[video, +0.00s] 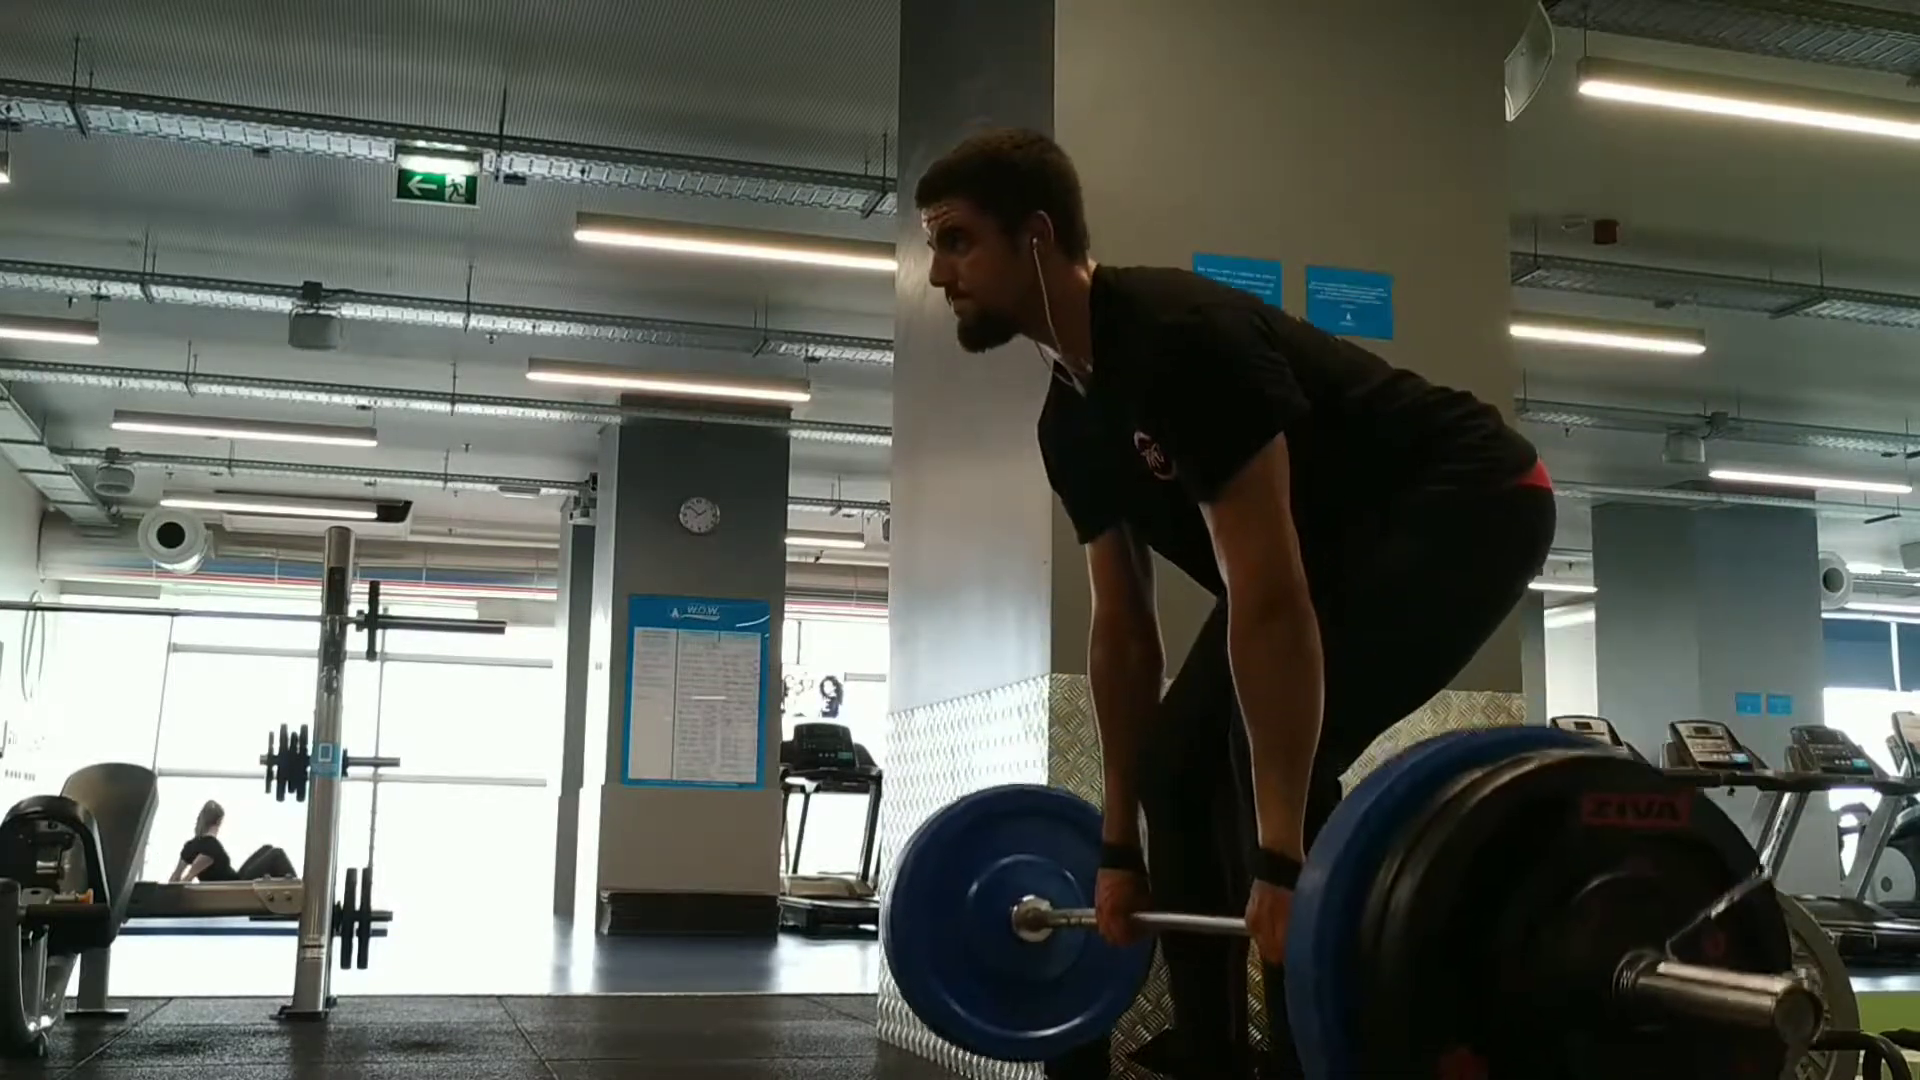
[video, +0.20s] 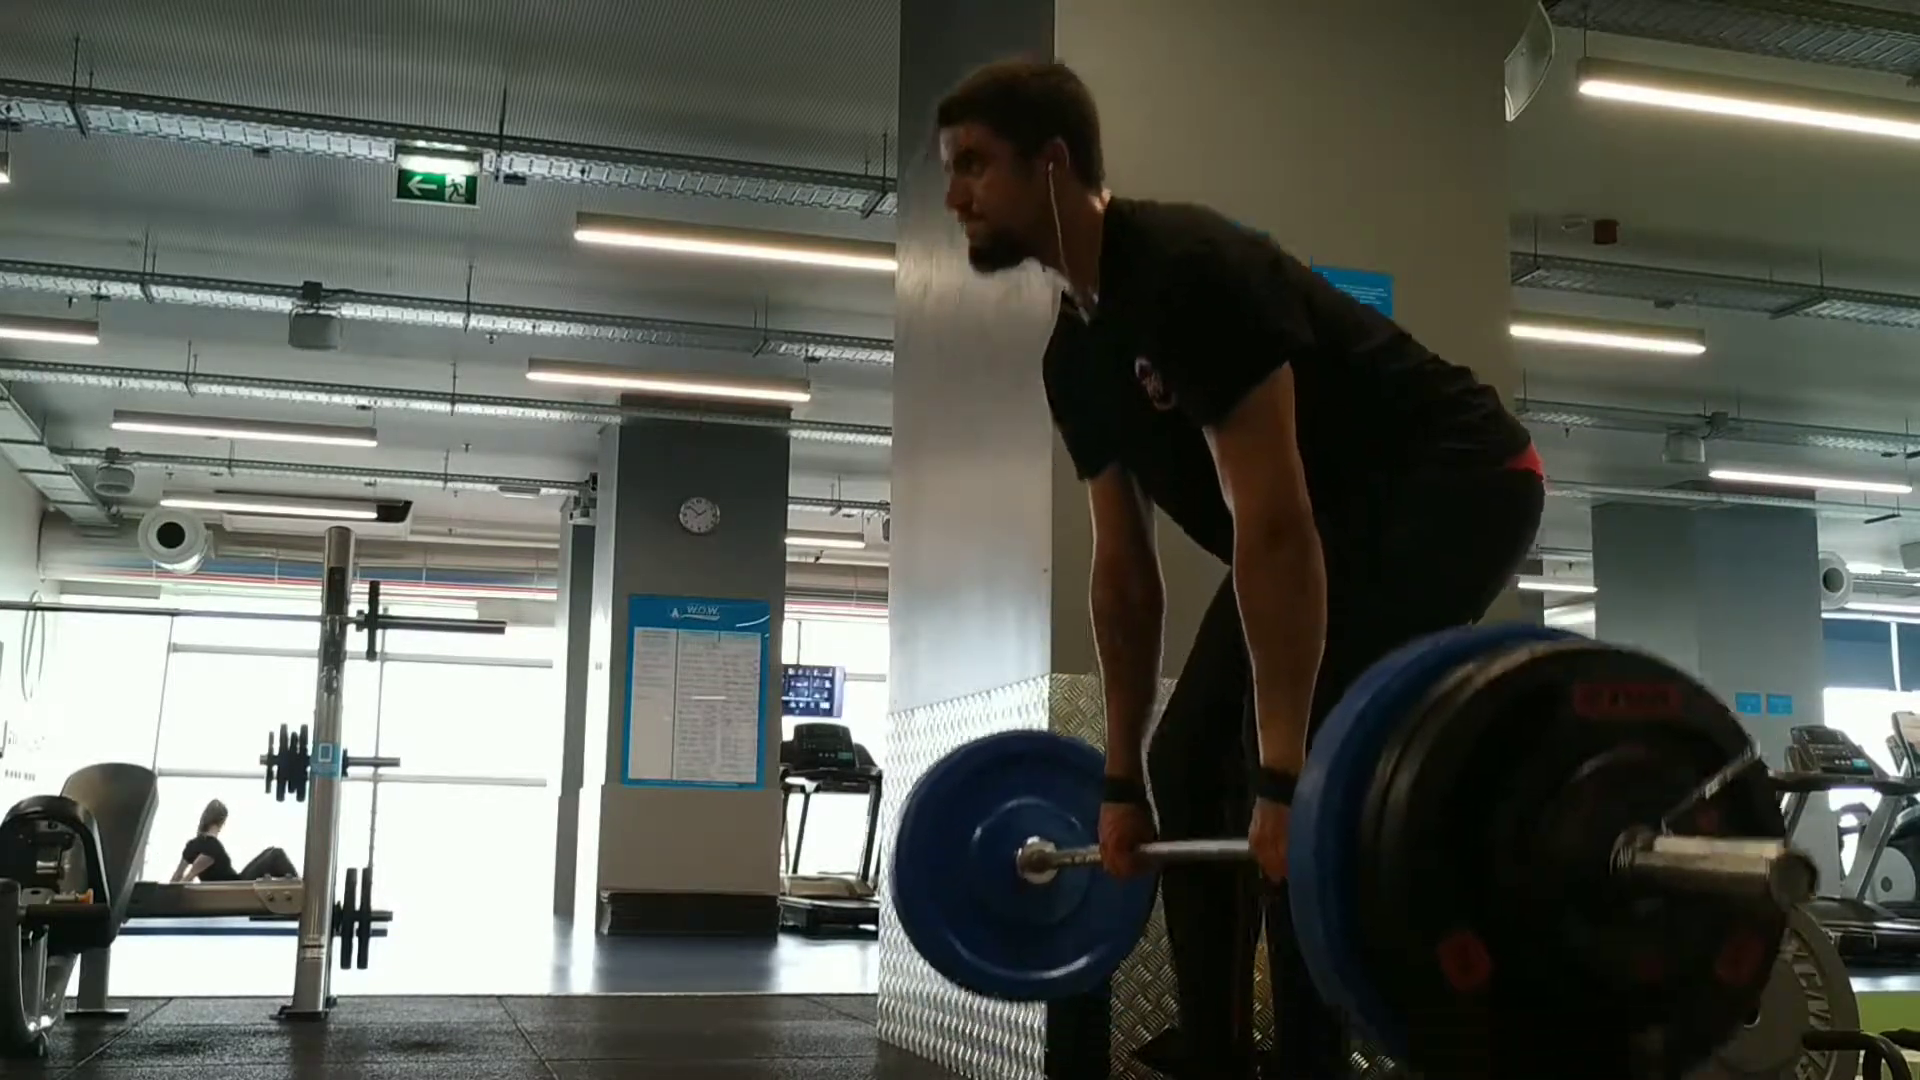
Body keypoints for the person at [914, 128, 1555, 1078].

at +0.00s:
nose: (935, 274)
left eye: (956, 243)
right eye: (933, 248)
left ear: (1039, 239)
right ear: (1028, 248)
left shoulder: (1180, 336)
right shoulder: (1071, 422)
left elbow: (1272, 603)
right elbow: (1120, 632)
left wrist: (1281, 861)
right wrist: (1119, 846)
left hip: (1464, 500)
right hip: (1332, 535)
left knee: (1275, 753)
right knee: (1176, 758)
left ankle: (1314, 1044)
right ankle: (1207, 1039)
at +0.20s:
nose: (954, 193)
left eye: (974, 164)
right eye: (948, 169)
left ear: (1057, 165)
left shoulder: (1191, 268)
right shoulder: (1075, 357)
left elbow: (1278, 533)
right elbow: (1123, 573)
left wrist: (1283, 781)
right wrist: (1120, 779)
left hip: (1451, 488)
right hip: (1315, 522)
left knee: (1311, 779)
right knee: (1190, 764)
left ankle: (1311, 1055)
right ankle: (1211, 1044)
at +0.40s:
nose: (1002, 69)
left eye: (1023, 39)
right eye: (1000, 45)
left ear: (1102, 44)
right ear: (1084, 56)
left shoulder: (1213, 169)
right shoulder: (1094, 258)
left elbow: (1282, 425)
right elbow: (1130, 475)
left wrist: (1279, 662)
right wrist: (1124, 683)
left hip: (1415, 500)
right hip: (1280, 520)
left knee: (1314, 772)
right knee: (1204, 762)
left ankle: (1313, 1058)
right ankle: (1214, 1046)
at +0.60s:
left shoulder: (1273, 77)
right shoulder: (1149, 144)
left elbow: (1301, 320)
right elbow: (1147, 372)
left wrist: (1280, 548)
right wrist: (1125, 581)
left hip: (1295, 515)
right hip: (1202, 518)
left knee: (1278, 788)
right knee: (1184, 779)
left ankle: (1311, 1058)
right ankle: (1210, 1047)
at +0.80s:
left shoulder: (1344, 49)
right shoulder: (1215, 111)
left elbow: (1331, 280)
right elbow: (1178, 332)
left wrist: (1282, 494)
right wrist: (1124, 545)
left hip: (1268, 492)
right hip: (1182, 500)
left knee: (1280, 783)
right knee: (1200, 790)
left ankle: (1311, 1054)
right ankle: (1210, 1048)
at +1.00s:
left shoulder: (1357, 60)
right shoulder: (1239, 113)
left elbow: (1335, 288)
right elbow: (1185, 338)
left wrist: (1278, 503)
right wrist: (1124, 548)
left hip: (1268, 505)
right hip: (1183, 513)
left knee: (1263, 786)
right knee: (1178, 792)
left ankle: (1306, 1060)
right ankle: (1205, 1049)